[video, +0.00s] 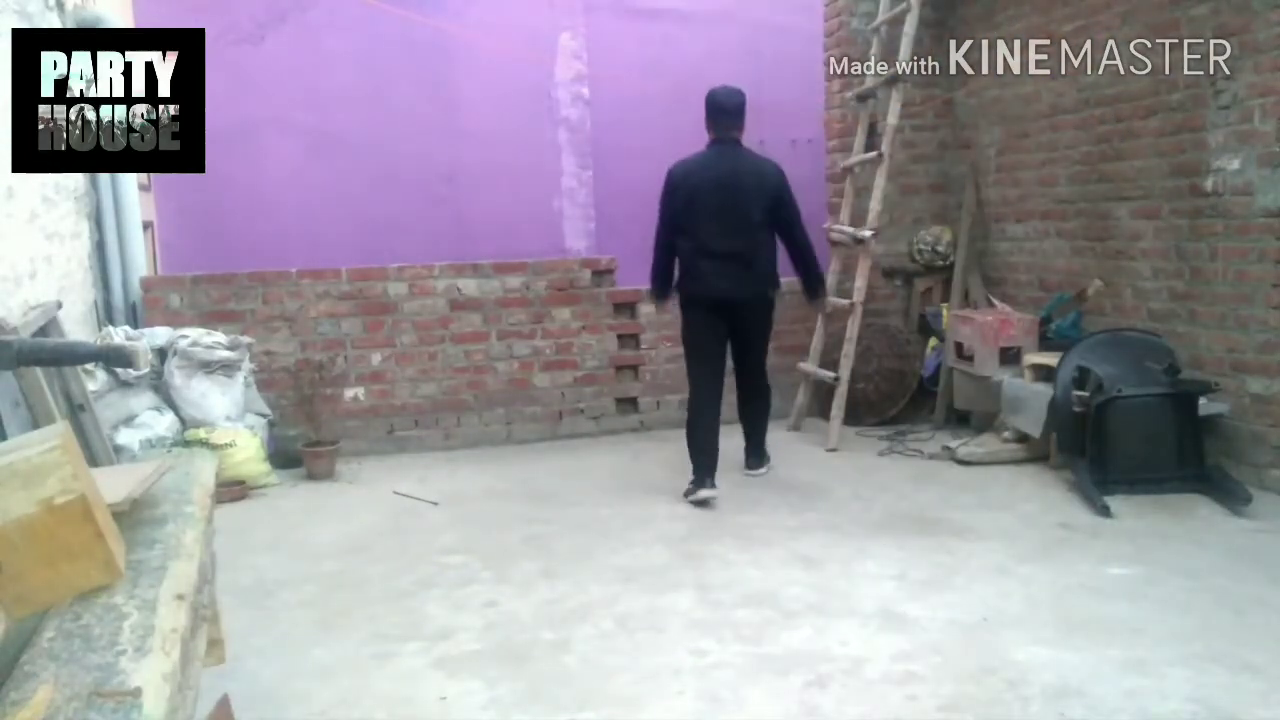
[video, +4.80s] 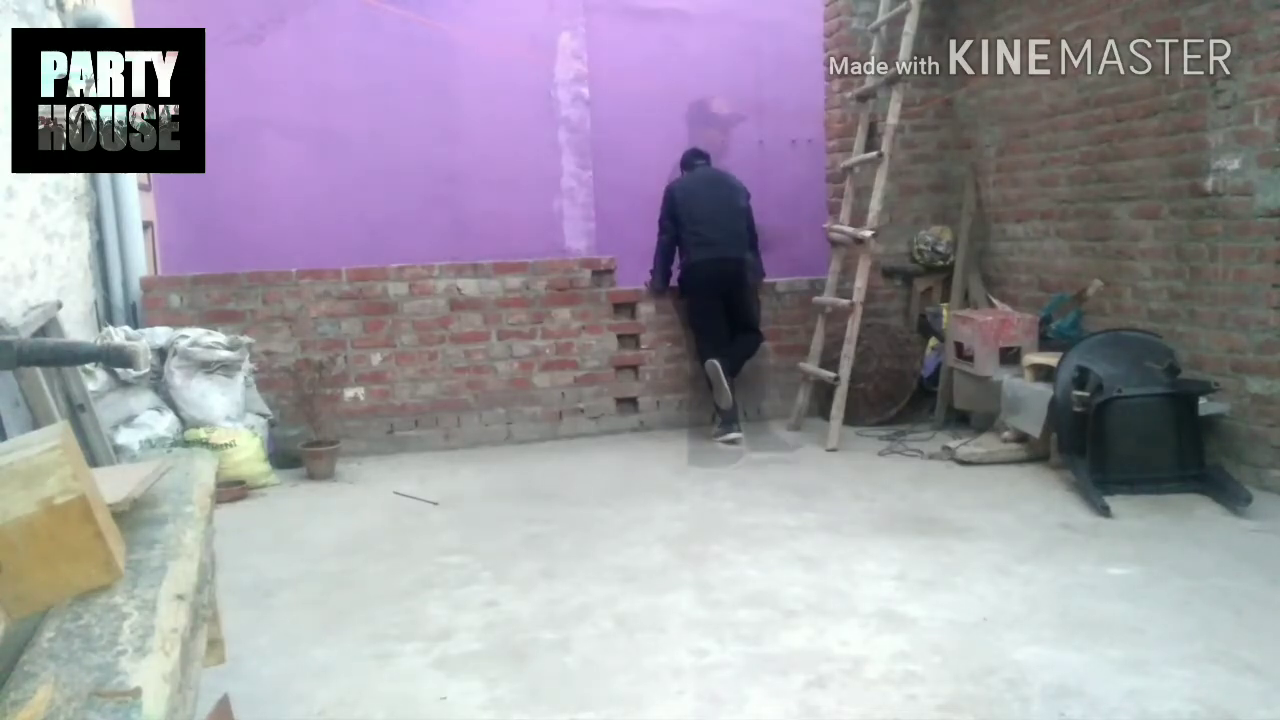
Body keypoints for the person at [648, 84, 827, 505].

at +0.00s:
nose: (722, 125)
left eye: (715, 116)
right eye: (734, 118)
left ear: (707, 121)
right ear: (743, 121)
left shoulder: (683, 174)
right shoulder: (767, 173)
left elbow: (666, 236)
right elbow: (794, 235)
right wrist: (814, 282)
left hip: (701, 297)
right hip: (754, 296)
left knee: (703, 383)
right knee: (753, 371)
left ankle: (703, 478)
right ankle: (755, 456)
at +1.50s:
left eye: (694, 167)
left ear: (690, 168)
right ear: (717, 165)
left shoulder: (680, 191)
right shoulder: (743, 187)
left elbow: (668, 241)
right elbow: (758, 235)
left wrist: (659, 282)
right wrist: (758, 270)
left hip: (703, 276)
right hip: (745, 272)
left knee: (715, 347)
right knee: (754, 338)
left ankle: (730, 425)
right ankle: (747, 397)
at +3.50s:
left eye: (679, 174)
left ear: (681, 171)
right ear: (706, 166)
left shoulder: (674, 189)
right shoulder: (734, 185)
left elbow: (666, 239)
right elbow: (748, 232)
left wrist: (659, 282)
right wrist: (757, 269)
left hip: (698, 271)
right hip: (739, 268)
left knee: (711, 342)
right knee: (750, 332)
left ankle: (729, 422)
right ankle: (723, 362)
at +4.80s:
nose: (688, 173)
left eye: (685, 168)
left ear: (684, 168)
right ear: (709, 164)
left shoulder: (676, 189)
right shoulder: (735, 185)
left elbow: (667, 238)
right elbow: (749, 231)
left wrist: (660, 280)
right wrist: (757, 270)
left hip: (697, 272)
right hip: (737, 269)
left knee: (711, 344)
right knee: (750, 332)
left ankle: (729, 423)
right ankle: (726, 367)